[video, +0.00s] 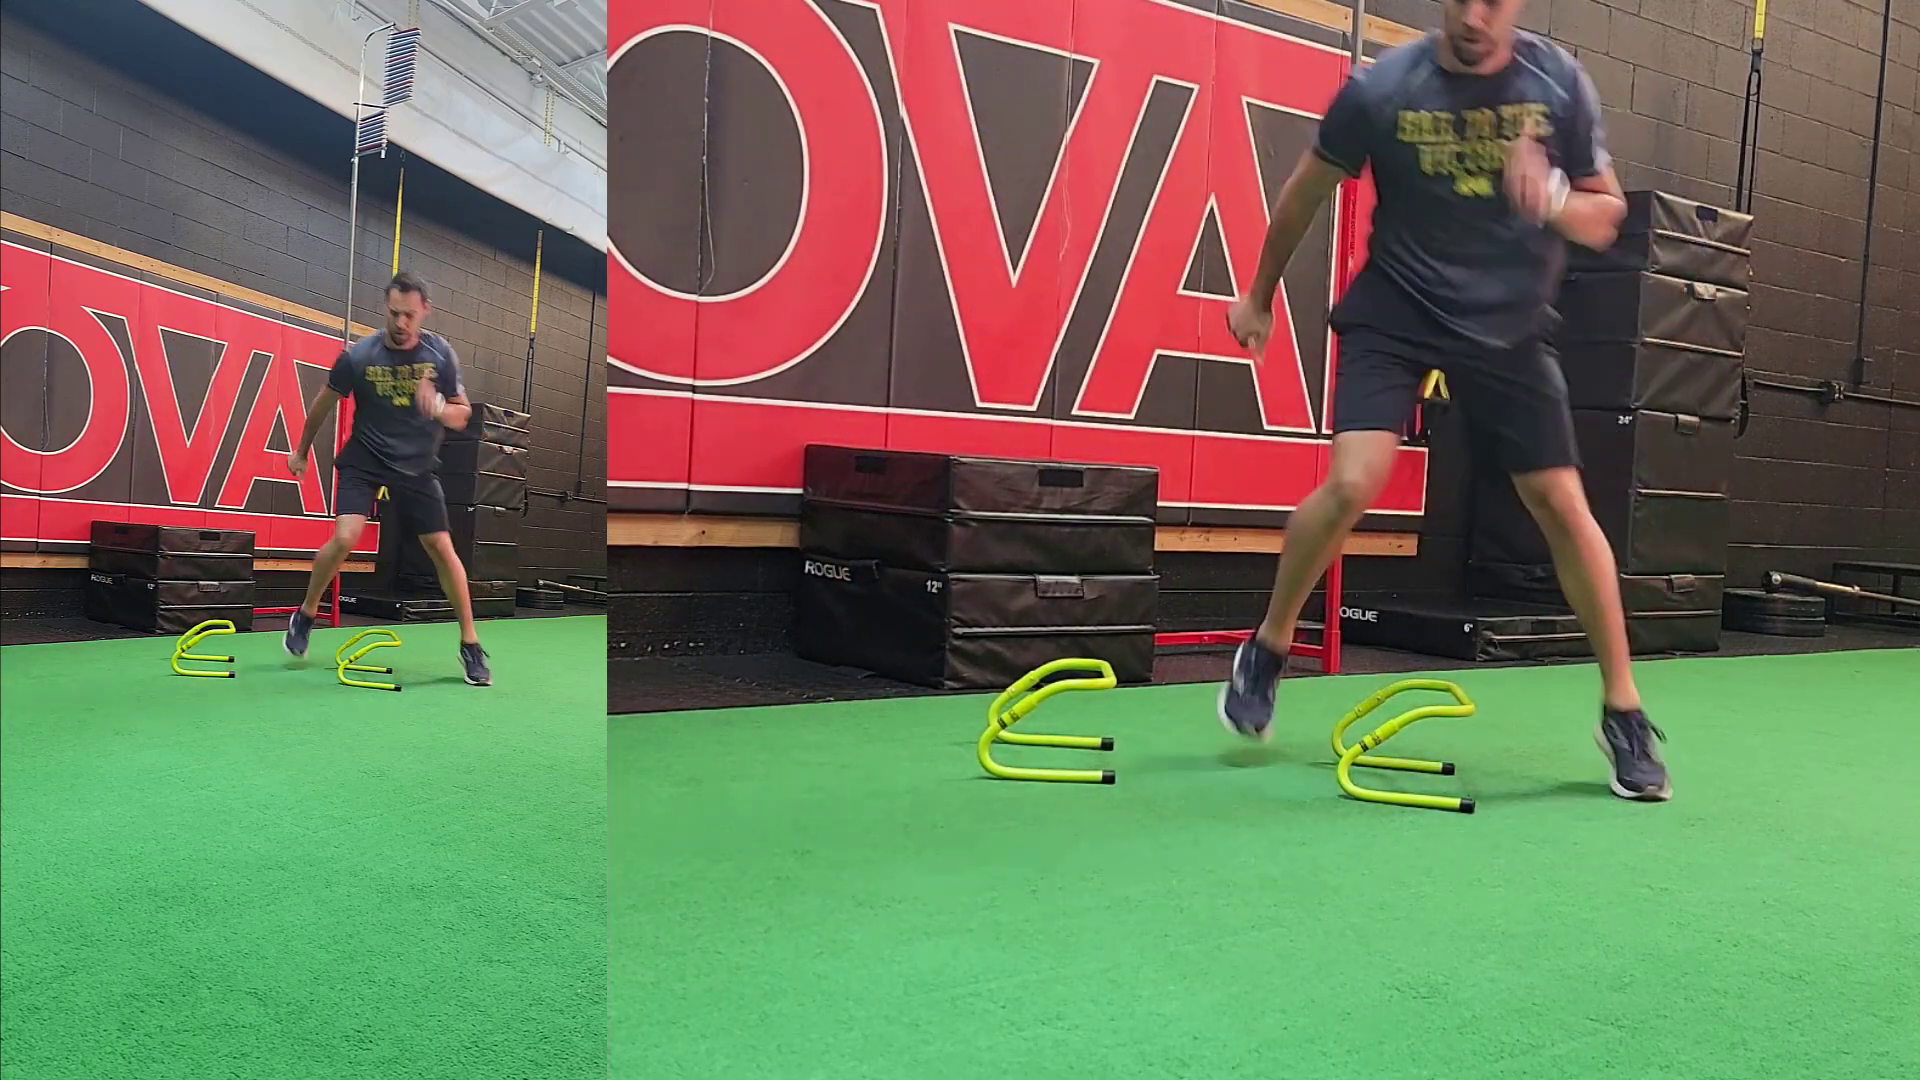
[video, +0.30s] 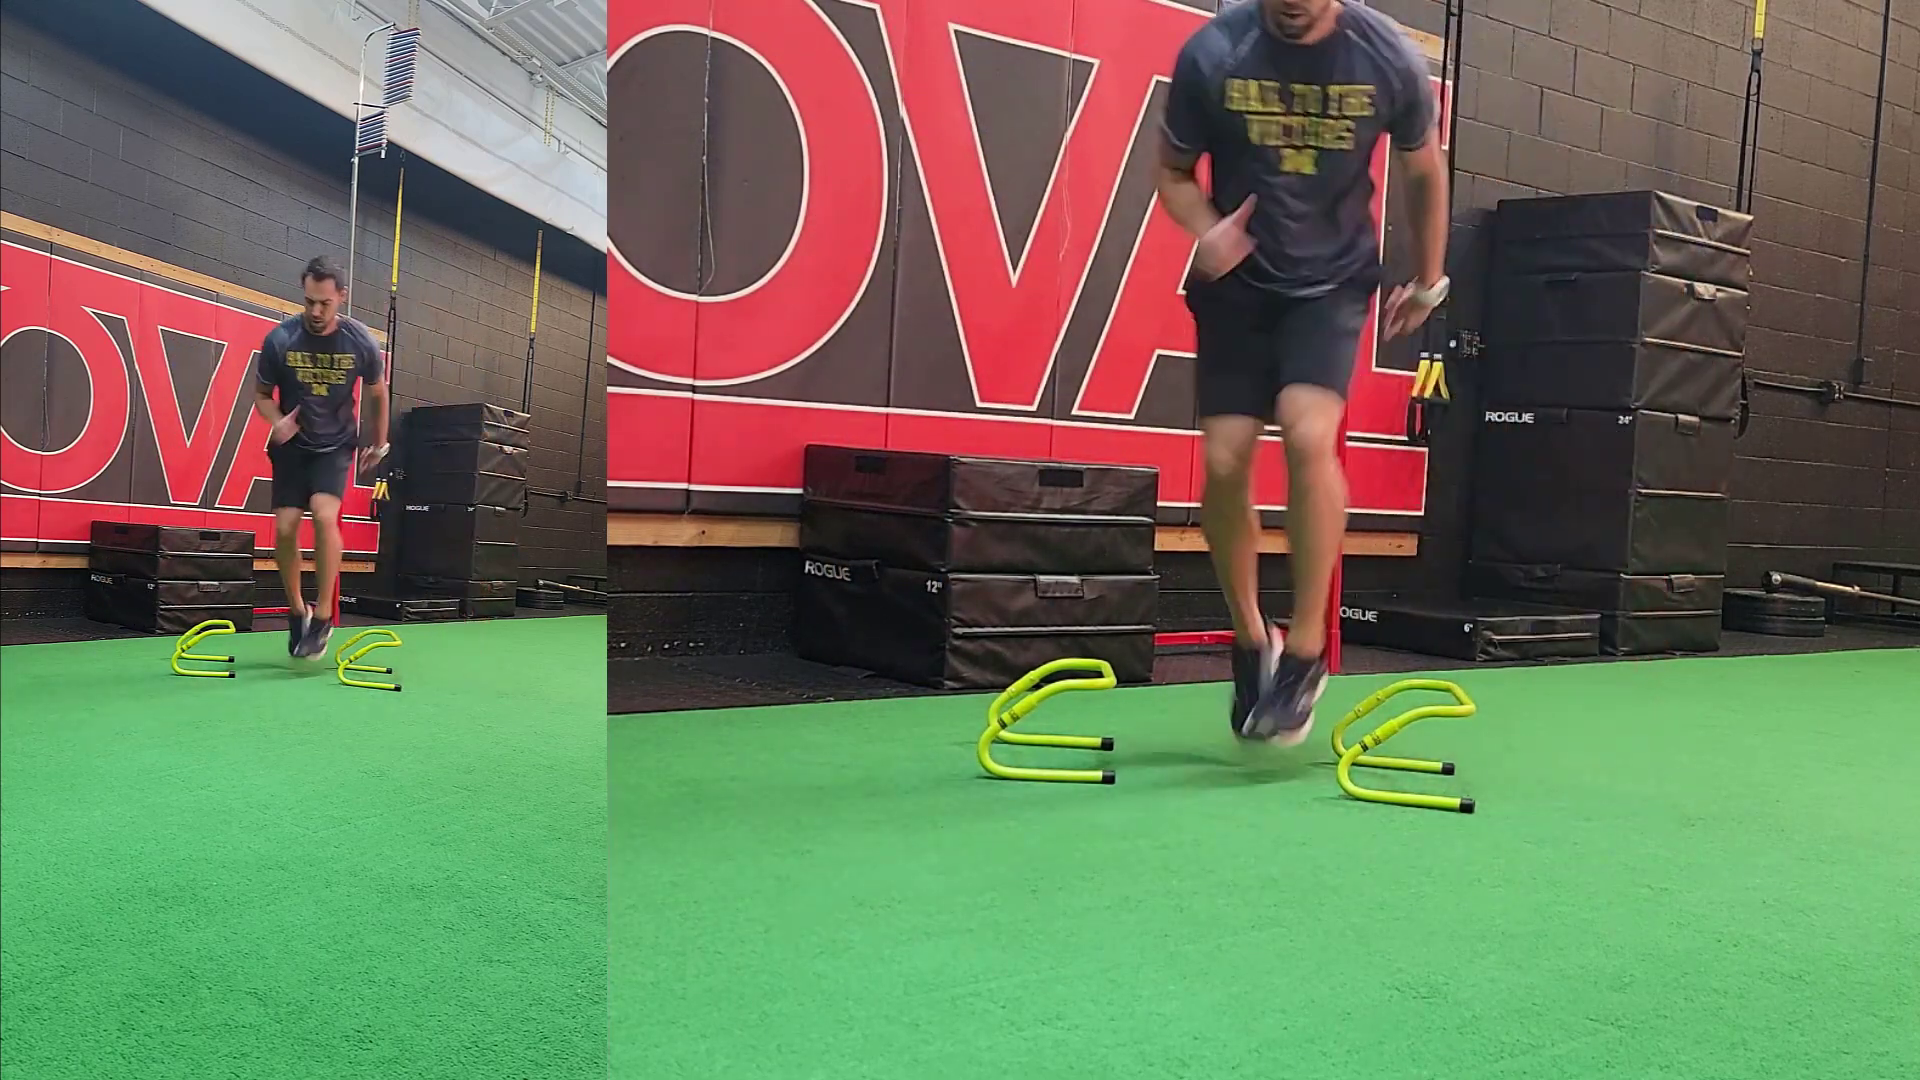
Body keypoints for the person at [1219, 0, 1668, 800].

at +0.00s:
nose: (1475, 17)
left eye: (1493, 3)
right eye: (1461, 1)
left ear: (1519, 9)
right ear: (1437, 3)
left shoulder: (1560, 80)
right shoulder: (1376, 91)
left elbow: (1605, 221)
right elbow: (1307, 189)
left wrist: (1552, 200)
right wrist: (1258, 294)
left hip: (1509, 330)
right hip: (1394, 315)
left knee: (1564, 504)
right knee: (1352, 486)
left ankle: (1624, 708)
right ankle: (1269, 646)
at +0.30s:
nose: (1294, 12)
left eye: (1309, 4)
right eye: (1281, 3)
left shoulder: (1393, 61)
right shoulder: (1210, 55)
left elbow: (1423, 169)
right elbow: (1173, 174)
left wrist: (1427, 280)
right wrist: (1207, 229)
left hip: (1332, 283)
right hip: (1235, 281)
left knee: (1308, 436)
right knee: (1224, 461)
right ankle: (1251, 643)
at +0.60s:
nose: (1098, 12)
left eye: (1116, 2)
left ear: (1152, 0)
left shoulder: (1207, 75)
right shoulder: (1028, 59)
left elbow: (1254, 218)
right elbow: (1005, 163)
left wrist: (1184, 295)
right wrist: (995, 278)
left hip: (1165, 280)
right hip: (1054, 271)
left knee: (1171, 464)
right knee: (983, 447)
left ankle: (1219, 614)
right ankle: (895, 641)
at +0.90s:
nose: (936, 131)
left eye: (954, 114)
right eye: (921, 112)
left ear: (995, 87)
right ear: (904, 90)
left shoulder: (1053, 187)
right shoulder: (891, 146)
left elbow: (1000, 342)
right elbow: (897, 234)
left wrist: (911, 244)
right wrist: (891, 297)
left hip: (1036, 360)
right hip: (932, 347)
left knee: (982, 493)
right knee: (892, 502)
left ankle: (945, 545)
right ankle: (860, 695)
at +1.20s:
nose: (935, 114)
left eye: (953, 94)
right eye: (918, 93)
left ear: (986, 71)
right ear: (895, 74)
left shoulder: (1046, 169)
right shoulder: (873, 161)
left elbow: (1080, 315)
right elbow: (865, 284)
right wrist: (853, 388)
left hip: (1020, 358)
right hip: (922, 350)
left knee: (963, 476)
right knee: (882, 501)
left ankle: (954, 568)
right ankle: (860, 696)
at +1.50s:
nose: (1117, 14)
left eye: (1131, 2)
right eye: (1102, 2)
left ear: (1149, 1)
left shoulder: (1201, 76)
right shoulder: (1017, 65)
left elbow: (1253, 189)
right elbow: (988, 174)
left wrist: (1264, 309)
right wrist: (990, 257)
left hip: (1156, 298)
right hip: (1048, 296)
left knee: (1160, 485)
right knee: (985, 462)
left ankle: (1201, 668)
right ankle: (905, 643)